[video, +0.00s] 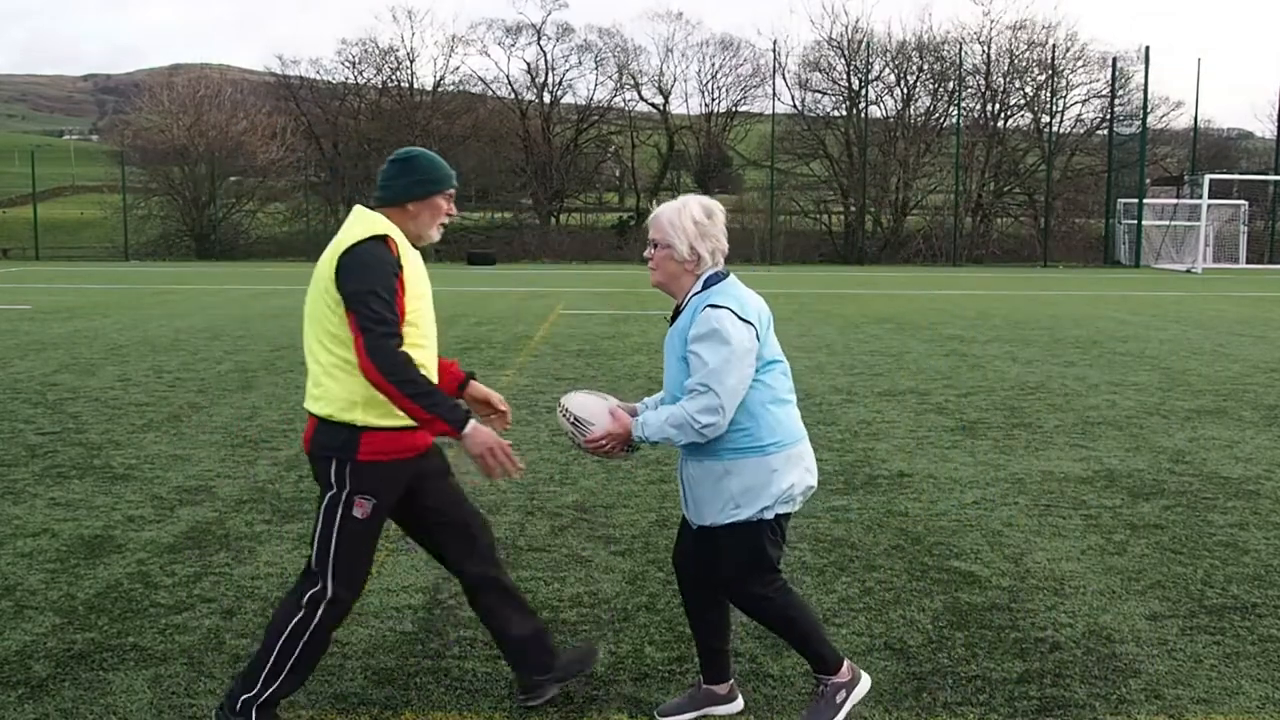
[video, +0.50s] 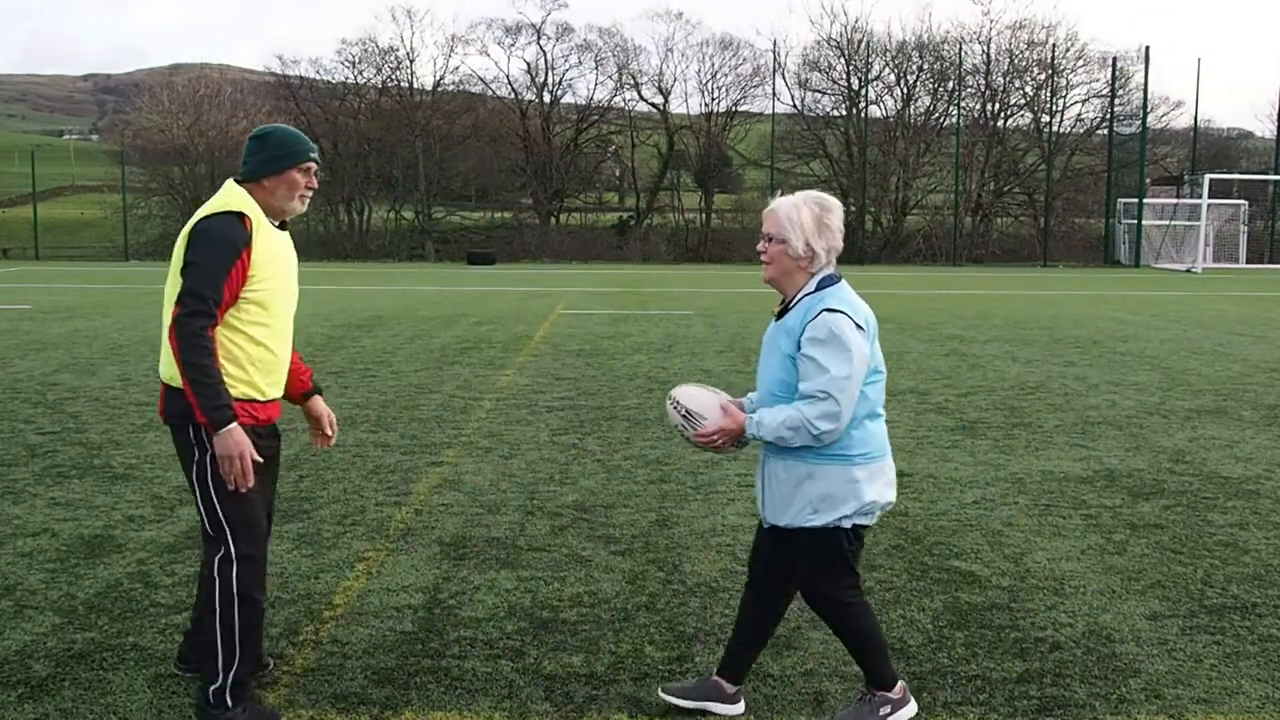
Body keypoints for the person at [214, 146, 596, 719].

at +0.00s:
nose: (450, 213)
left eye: (451, 202)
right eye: (444, 201)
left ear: (409, 200)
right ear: (410, 199)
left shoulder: (395, 247)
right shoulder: (368, 251)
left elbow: (406, 348)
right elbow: (383, 359)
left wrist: (465, 387)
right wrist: (462, 426)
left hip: (402, 441)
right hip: (358, 446)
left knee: (474, 551)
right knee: (329, 588)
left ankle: (538, 666)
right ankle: (246, 707)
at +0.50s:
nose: (313, 183)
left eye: (315, 173)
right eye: (304, 172)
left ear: (282, 178)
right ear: (267, 174)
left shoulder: (270, 232)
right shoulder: (226, 225)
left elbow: (264, 329)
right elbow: (191, 324)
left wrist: (306, 392)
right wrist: (221, 423)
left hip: (253, 411)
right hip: (213, 413)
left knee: (245, 539)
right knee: (239, 547)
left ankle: (209, 645)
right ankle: (226, 692)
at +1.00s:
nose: (246, 178)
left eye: (248, 168)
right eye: (236, 167)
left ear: (220, 173)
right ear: (198, 169)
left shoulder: (207, 228)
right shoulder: (159, 226)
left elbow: (204, 326)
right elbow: (142, 336)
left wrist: (252, 376)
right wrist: (202, 413)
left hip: (195, 407)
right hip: (143, 409)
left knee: (221, 523)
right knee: (149, 547)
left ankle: (203, 645)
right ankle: (131, 675)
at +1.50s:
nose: (257, 176)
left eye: (258, 167)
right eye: (248, 165)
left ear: (230, 171)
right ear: (210, 166)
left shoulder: (219, 224)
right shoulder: (169, 220)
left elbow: (219, 319)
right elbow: (149, 326)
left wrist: (262, 378)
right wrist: (204, 408)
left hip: (207, 402)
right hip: (161, 405)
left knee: (218, 533)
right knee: (177, 545)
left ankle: (206, 642)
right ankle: (156, 682)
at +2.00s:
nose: (234, 169)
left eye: (236, 159)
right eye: (224, 157)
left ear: (214, 165)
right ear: (187, 159)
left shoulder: (202, 218)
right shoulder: (150, 219)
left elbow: (210, 314)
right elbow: (138, 329)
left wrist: (246, 382)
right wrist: (186, 417)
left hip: (211, 408)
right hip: (159, 413)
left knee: (214, 536)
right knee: (165, 551)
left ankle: (205, 643)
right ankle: (156, 682)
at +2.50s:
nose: (233, 167)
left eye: (235, 157)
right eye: (223, 155)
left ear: (219, 166)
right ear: (185, 159)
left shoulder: (204, 217)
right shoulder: (151, 218)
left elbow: (214, 315)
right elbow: (139, 328)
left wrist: (253, 380)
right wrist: (190, 414)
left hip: (215, 408)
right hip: (164, 413)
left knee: (214, 537)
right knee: (167, 549)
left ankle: (204, 641)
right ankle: (156, 679)